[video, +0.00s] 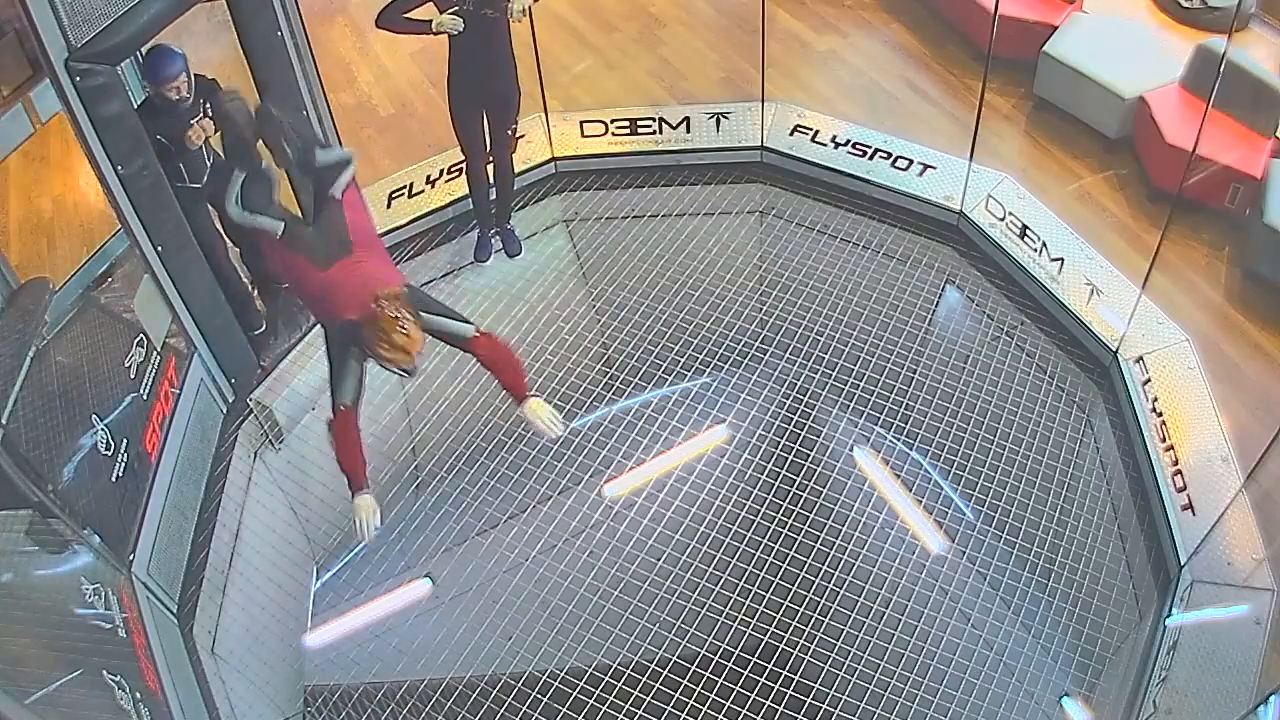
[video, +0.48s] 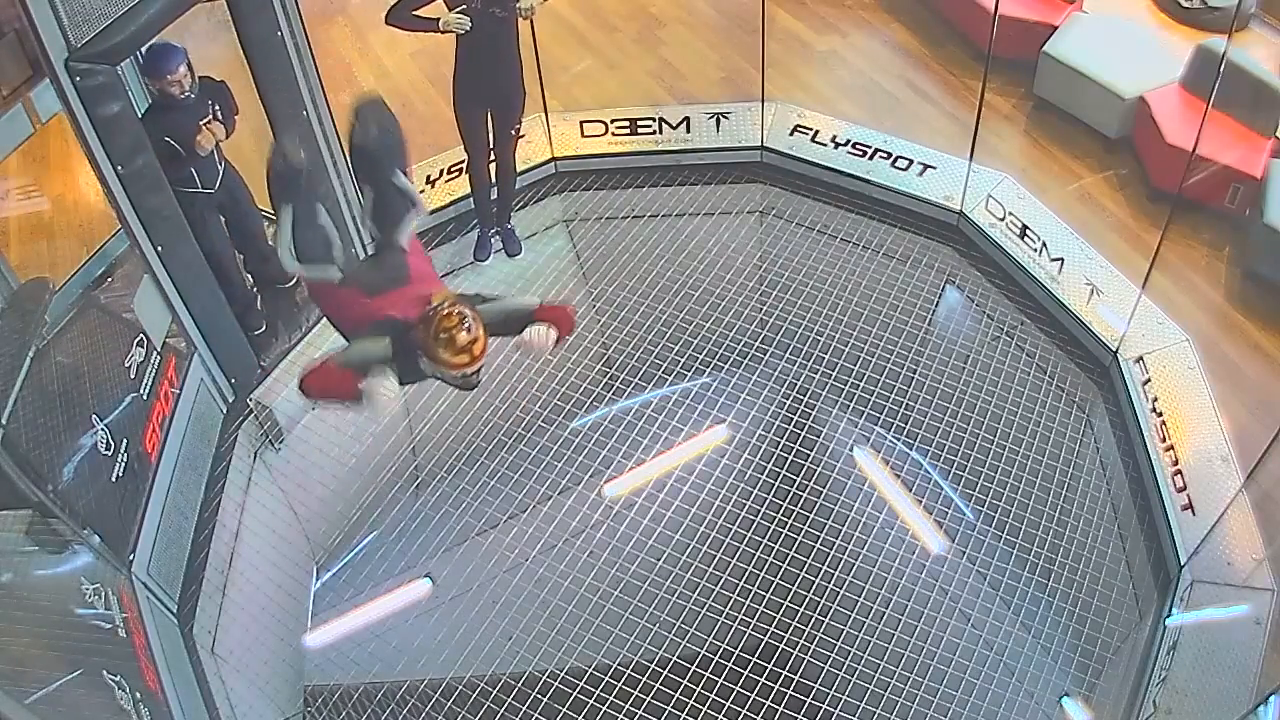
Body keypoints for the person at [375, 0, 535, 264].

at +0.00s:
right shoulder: (437, 1)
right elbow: (384, 18)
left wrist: (521, 4)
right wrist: (431, 25)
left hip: (502, 76)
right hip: (463, 81)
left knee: (503, 153)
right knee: (475, 158)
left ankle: (504, 224)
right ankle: (485, 229)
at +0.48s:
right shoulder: (446, 0)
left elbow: (523, 9)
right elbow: (395, 15)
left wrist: (528, 7)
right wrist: (438, 24)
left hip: (509, 79)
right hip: (469, 82)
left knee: (506, 155)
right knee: (477, 158)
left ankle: (505, 224)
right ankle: (485, 229)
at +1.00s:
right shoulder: (448, 1)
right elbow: (397, 18)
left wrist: (529, 3)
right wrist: (436, 28)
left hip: (510, 79)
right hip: (470, 82)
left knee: (507, 155)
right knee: (478, 158)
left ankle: (505, 224)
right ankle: (484, 228)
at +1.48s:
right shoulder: (441, 0)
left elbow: (521, 8)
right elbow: (389, 18)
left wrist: (521, 4)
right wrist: (430, 24)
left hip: (505, 78)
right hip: (466, 82)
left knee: (504, 154)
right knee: (476, 158)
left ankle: (504, 224)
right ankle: (484, 229)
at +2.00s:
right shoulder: (439, 1)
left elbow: (520, 4)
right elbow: (384, 18)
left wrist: (524, 1)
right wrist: (426, 26)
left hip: (502, 81)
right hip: (462, 85)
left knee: (503, 156)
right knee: (474, 161)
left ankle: (504, 225)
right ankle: (484, 230)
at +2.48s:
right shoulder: (438, 1)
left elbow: (532, 2)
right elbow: (384, 21)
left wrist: (524, 3)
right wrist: (426, 27)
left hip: (502, 82)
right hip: (462, 86)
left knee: (502, 155)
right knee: (473, 160)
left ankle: (504, 225)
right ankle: (484, 229)